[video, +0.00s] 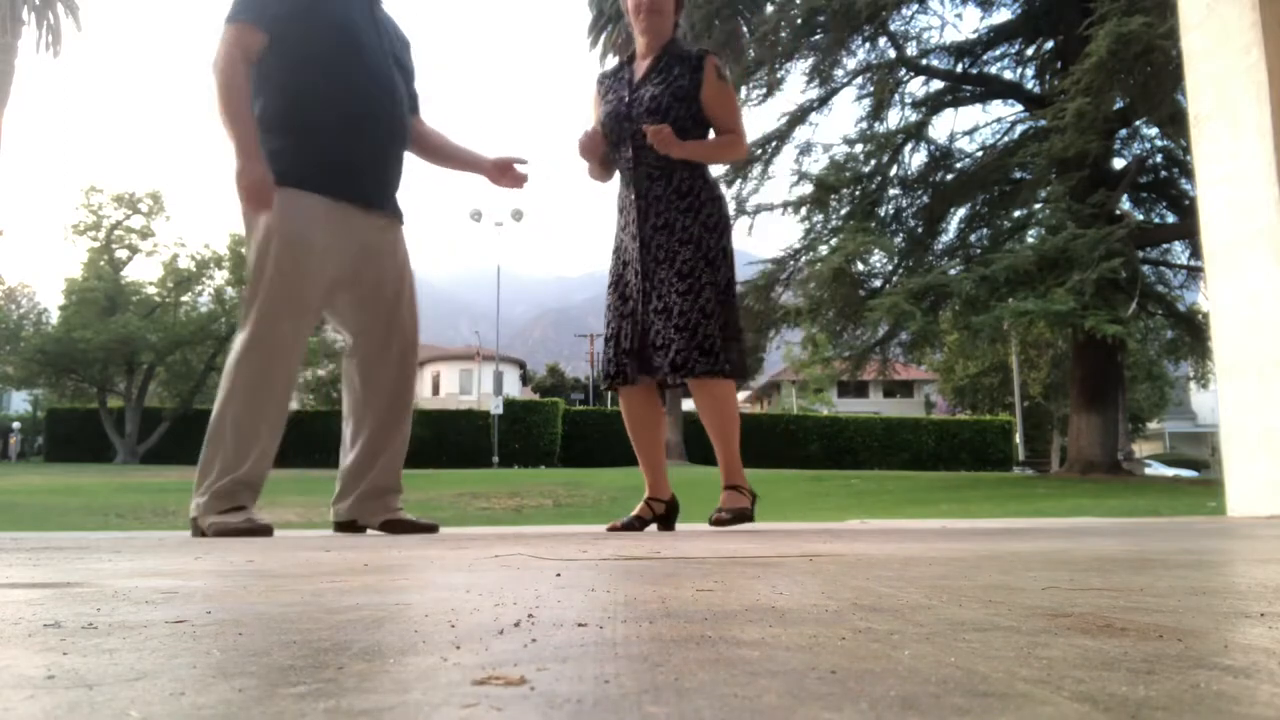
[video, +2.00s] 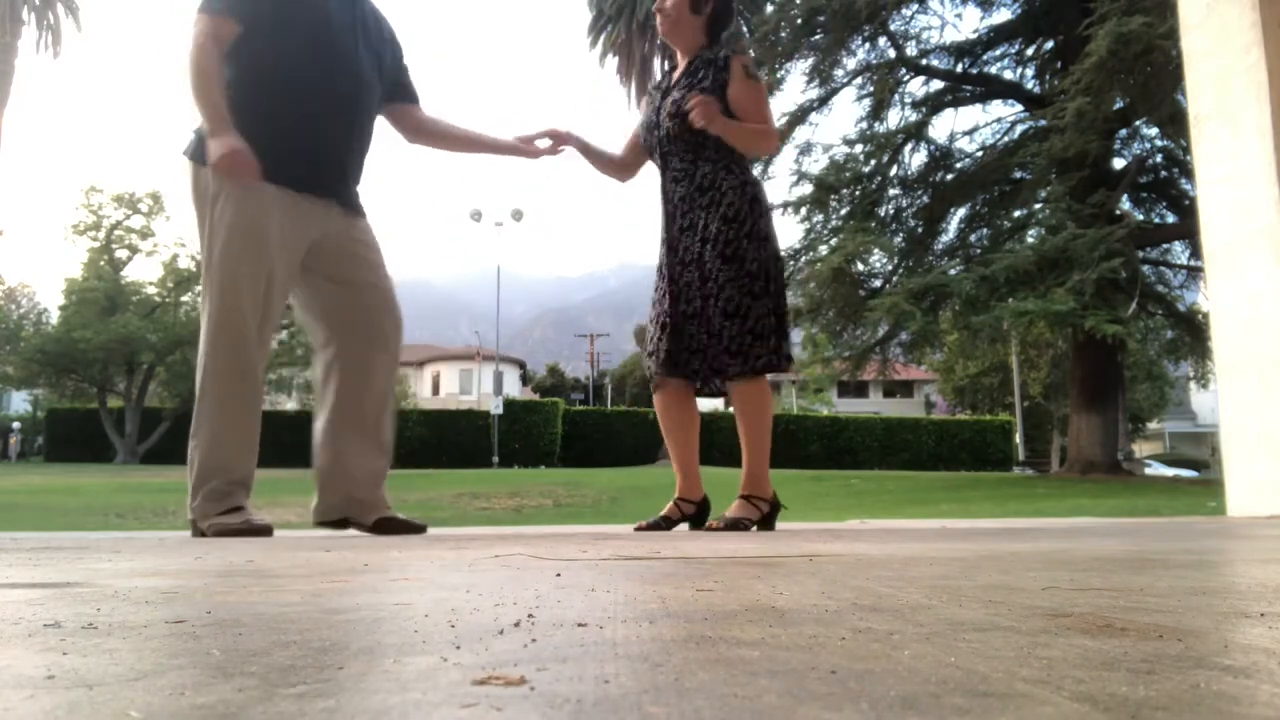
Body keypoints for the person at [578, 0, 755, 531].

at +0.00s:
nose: (642, 5)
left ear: (676, 7)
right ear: (623, 9)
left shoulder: (700, 67)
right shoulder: (610, 82)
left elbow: (736, 146)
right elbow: (605, 170)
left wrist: (681, 148)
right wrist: (594, 151)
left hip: (691, 220)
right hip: (635, 224)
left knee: (700, 349)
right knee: (629, 358)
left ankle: (734, 487)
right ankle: (658, 496)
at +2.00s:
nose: (657, 9)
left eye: (668, 1)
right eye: (658, 2)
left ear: (702, 9)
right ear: (671, 14)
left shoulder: (731, 65)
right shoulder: (664, 91)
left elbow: (767, 141)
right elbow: (623, 166)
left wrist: (719, 123)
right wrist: (576, 142)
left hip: (733, 227)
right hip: (682, 235)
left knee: (743, 359)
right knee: (668, 364)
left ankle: (758, 495)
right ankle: (689, 496)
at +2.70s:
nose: (692, 8)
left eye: (703, 1)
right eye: (693, 2)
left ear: (738, 8)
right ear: (706, 15)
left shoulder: (783, 55)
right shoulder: (705, 96)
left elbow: (847, 111)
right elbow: (644, 145)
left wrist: (791, 127)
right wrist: (570, 115)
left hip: (820, 220)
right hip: (765, 233)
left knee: (821, 351)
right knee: (718, 352)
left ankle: (841, 490)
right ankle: (704, 486)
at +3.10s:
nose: (690, 8)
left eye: (700, 1)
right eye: (691, 2)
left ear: (734, 6)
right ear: (708, 12)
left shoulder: (784, 61)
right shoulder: (702, 89)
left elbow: (842, 127)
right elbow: (652, 147)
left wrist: (826, 120)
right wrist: (588, 112)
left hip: (786, 217)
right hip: (736, 228)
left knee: (738, 321)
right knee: (735, 349)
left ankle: (779, 465)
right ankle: (763, 486)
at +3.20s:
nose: (676, 10)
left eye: (686, 3)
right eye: (678, 3)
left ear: (718, 9)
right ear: (699, 12)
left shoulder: (765, 63)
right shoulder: (692, 91)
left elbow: (818, 132)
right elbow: (649, 159)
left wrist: (811, 116)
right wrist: (581, 125)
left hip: (760, 223)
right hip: (719, 229)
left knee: (698, 330)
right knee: (733, 366)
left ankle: (705, 478)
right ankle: (764, 496)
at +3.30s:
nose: (653, 20)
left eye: (662, 9)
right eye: (655, 11)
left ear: (691, 12)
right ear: (677, 17)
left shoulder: (732, 67)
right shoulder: (682, 91)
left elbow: (776, 136)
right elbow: (649, 178)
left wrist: (743, 91)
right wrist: (578, 152)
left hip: (726, 238)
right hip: (696, 240)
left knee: (660, 343)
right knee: (726, 369)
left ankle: (654, 486)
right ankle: (762, 494)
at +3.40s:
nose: (616, 15)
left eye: (623, 8)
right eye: (615, 12)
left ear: (648, 3)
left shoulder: (670, 36)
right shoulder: (649, 66)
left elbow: (695, 84)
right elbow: (653, 176)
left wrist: (629, 33)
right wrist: (573, 166)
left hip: (687, 228)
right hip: (684, 229)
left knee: (622, 342)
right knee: (705, 363)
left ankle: (647, 490)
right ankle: (759, 487)